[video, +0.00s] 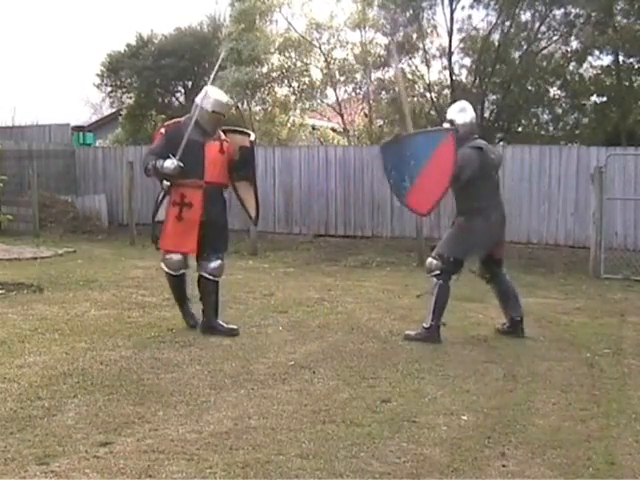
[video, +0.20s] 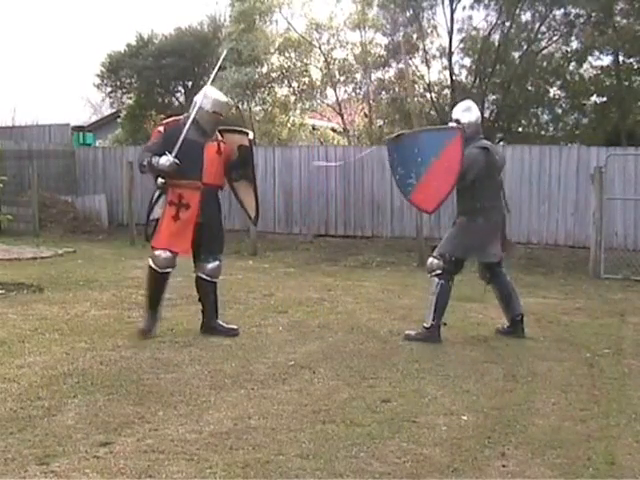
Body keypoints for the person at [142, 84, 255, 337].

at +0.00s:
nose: (217, 120)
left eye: (221, 115)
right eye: (213, 114)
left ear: (223, 115)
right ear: (199, 108)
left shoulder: (223, 140)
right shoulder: (174, 131)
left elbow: (237, 176)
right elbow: (148, 161)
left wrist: (247, 151)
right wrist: (160, 166)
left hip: (213, 203)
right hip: (181, 202)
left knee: (212, 263)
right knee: (174, 259)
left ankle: (210, 319)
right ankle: (184, 308)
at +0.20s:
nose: (217, 120)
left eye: (220, 115)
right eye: (214, 113)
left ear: (221, 115)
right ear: (200, 108)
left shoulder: (220, 143)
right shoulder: (171, 129)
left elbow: (236, 174)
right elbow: (145, 158)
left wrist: (246, 151)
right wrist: (157, 163)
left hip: (208, 207)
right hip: (175, 204)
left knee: (209, 266)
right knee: (162, 259)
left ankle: (210, 320)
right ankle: (151, 316)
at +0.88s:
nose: (171, 121)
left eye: (175, 116)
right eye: (167, 115)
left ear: (177, 116)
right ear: (154, 110)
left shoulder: (176, 140)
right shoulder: (131, 136)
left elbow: (188, 173)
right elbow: (113, 167)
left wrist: (208, 154)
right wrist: (132, 176)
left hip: (176, 208)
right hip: (144, 209)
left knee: (197, 265)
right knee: (138, 266)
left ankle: (204, 320)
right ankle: (126, 325)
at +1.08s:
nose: (180, 119)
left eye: (183, 114)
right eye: (176, 114)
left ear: (183, 115)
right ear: (160, 111)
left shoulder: (182, 140)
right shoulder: (137, 136)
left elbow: (194, 172)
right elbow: (119, 169)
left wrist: (214, 155)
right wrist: (142, 180)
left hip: (182, 209)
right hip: (151, 210)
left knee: (199, 267)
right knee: (143, 266)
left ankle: (200, 321)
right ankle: (126, 325)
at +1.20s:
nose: (190, 119)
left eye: (191, 115)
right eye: (185, 114)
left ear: (191, 114)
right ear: (168, 111)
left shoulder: (189, 141)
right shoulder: (145, 137)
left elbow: (199, 174)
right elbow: (127, 170)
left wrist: (219, 155)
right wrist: (148, 181)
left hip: (190, 208)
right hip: (158, 209)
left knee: (204, 266)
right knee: (148, 266)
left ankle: (201, 322)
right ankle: (126, 324)